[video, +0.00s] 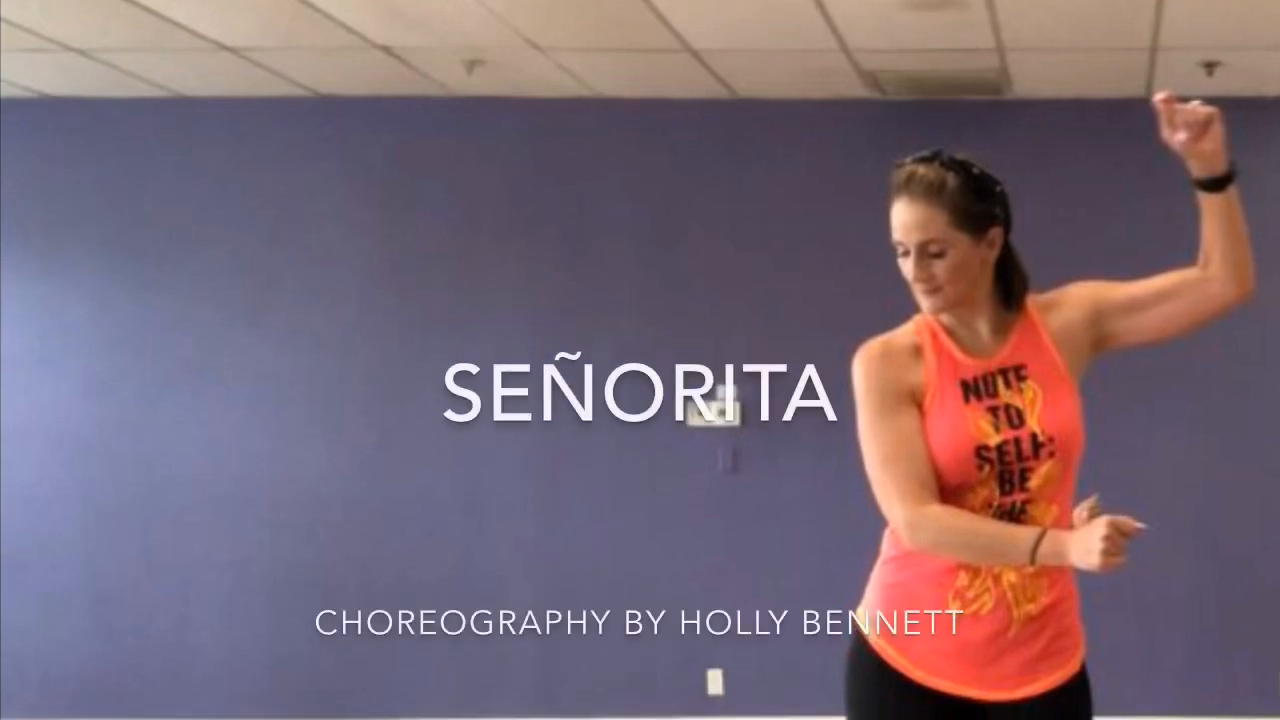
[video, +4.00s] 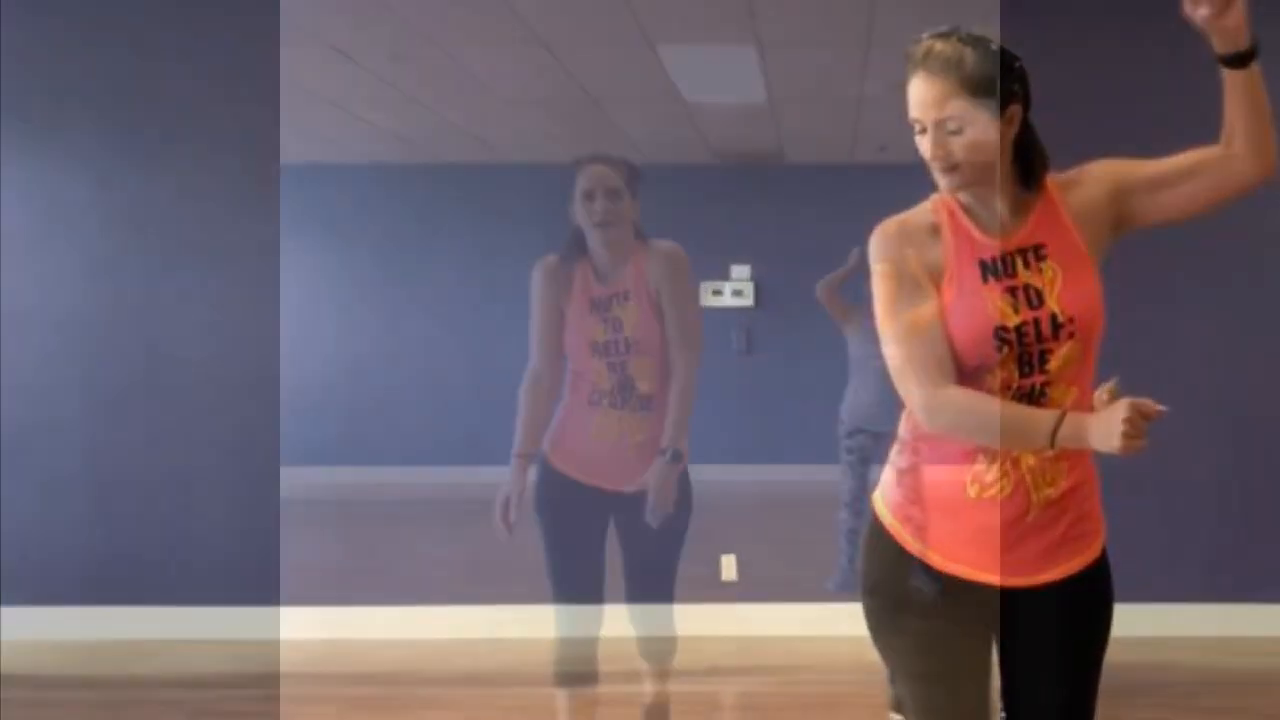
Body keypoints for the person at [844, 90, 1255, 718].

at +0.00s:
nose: (915, 273)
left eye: (934, 252)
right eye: (903, 253)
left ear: (992, 241)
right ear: (893, 250)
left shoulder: (1071, 321)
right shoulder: (888, 364)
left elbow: (1228, 281)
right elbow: (915, 520)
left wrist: (1210, 171)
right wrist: (1060, 545)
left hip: (1039, 673)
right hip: (908, 671)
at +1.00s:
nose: (920, 241)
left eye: (939, 221)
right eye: (907, 222)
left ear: (997, 210)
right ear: (897, 217)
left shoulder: (1076, 291)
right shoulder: (892, 334)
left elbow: (1233, 251)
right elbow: (921, 491)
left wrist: (1217, 140)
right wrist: (1066, 517)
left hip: (1045, 646)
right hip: (913, 643)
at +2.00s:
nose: (924, 211)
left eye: (943, 190)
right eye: (911, 192)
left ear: (1001, 179)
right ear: (902, 187)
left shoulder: (1081, 260)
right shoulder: (896, 305)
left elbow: (1238, 220)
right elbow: (925, 460)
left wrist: (1222, 108)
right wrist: (1068, 486)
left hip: (1048, 618)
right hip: (916, 618)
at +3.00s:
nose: (928, 181)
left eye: (946, 160)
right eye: (916, 162)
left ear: (1005, 149)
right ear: (906, 158)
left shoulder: (1087, 229)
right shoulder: (901, 273)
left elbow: (1242, 191)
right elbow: (928, 432)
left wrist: (1228, 79)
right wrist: (1074, 457)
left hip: (1054, 587)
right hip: (919, 587)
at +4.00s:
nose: (933, 150)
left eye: (953, 128)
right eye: (919, 129)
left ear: (1011, 116)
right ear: (909, 129)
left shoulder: (1092, 201)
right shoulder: (904, 244)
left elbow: (1249, 160)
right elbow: (931, 402)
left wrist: (1232, 45)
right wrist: (1077, 428)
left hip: (1058, 551)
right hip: (929, 555)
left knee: (1057, 712)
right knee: (945, 711)